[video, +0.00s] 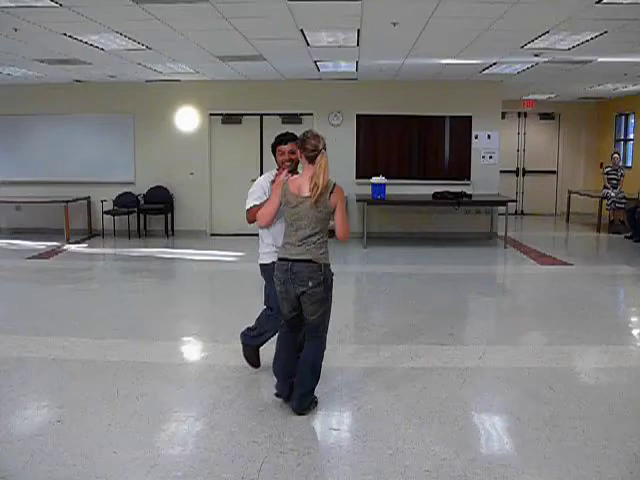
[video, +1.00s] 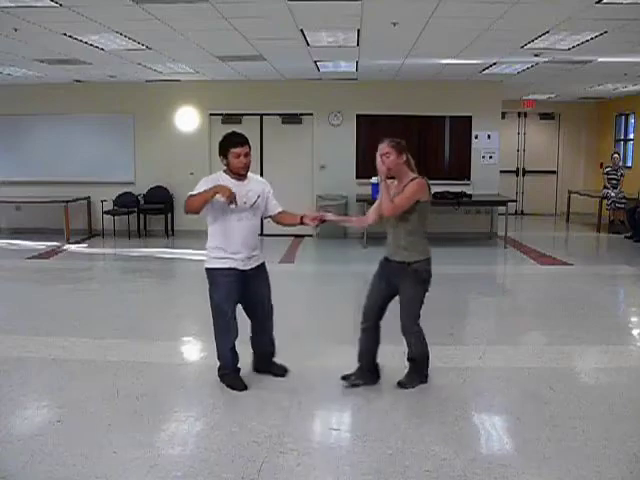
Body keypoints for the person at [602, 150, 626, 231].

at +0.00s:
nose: (615, 160)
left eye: (617, 158)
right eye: (614, 158)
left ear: (619, 160)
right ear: (611, 160)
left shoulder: (621, 171)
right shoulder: (607, 169)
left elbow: (621, 183)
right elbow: (605, 182)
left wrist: (617, 191)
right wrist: (611, 189)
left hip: (617, 188)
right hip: (608, 188)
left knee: (621, 197)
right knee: (612, 197)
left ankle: (620, 218)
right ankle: (612, 218)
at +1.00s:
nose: (615, 160)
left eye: (617, 158)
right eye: (614, 158)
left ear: (619, 160)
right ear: (611, 160)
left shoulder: (621, 171)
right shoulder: (606, 169)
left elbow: (621, 183)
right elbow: (605, 182)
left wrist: (617, 191)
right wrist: (611, 189)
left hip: (617, 188)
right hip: (608, 188)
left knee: (621, 197)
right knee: (611, 196)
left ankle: (621, 217)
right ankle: (611, 216)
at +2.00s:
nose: (615, 160)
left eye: (616, 158)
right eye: (613, 158)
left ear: (619, 160)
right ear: (611, 160)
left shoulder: (621, 170)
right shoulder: (607, 169)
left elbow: (621, 183)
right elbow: (605, 182)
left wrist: (617, 190)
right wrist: (611, 189)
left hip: (617, 188)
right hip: (608, 188)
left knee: (622, 196)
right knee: (611, 196)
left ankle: (621, 217)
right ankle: (611, 217)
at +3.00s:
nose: (615, 160)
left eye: (616, 158)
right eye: (613, 158)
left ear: (619, 160)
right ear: (611, 160)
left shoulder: (621, 170)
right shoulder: (607, 169)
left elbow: (621, 183)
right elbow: (605, 182)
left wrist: (617, 190)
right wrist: (611, 189)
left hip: (617, 188)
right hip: (608, 188)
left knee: (622, 196)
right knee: (611, 196)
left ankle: (621, 217)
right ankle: (611, 217)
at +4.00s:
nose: (615, 160)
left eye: (616, 158)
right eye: (613, 158)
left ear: (619, 160)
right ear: (611, 160)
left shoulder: (621, 171)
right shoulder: (607, 169)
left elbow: (621, 183)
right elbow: (605, 182)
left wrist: (617, 190)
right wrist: (611, 189)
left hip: (617, 188)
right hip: (608, 188)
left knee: (622, 196)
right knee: (612, 196)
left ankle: (621, 218)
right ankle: (612, 218)